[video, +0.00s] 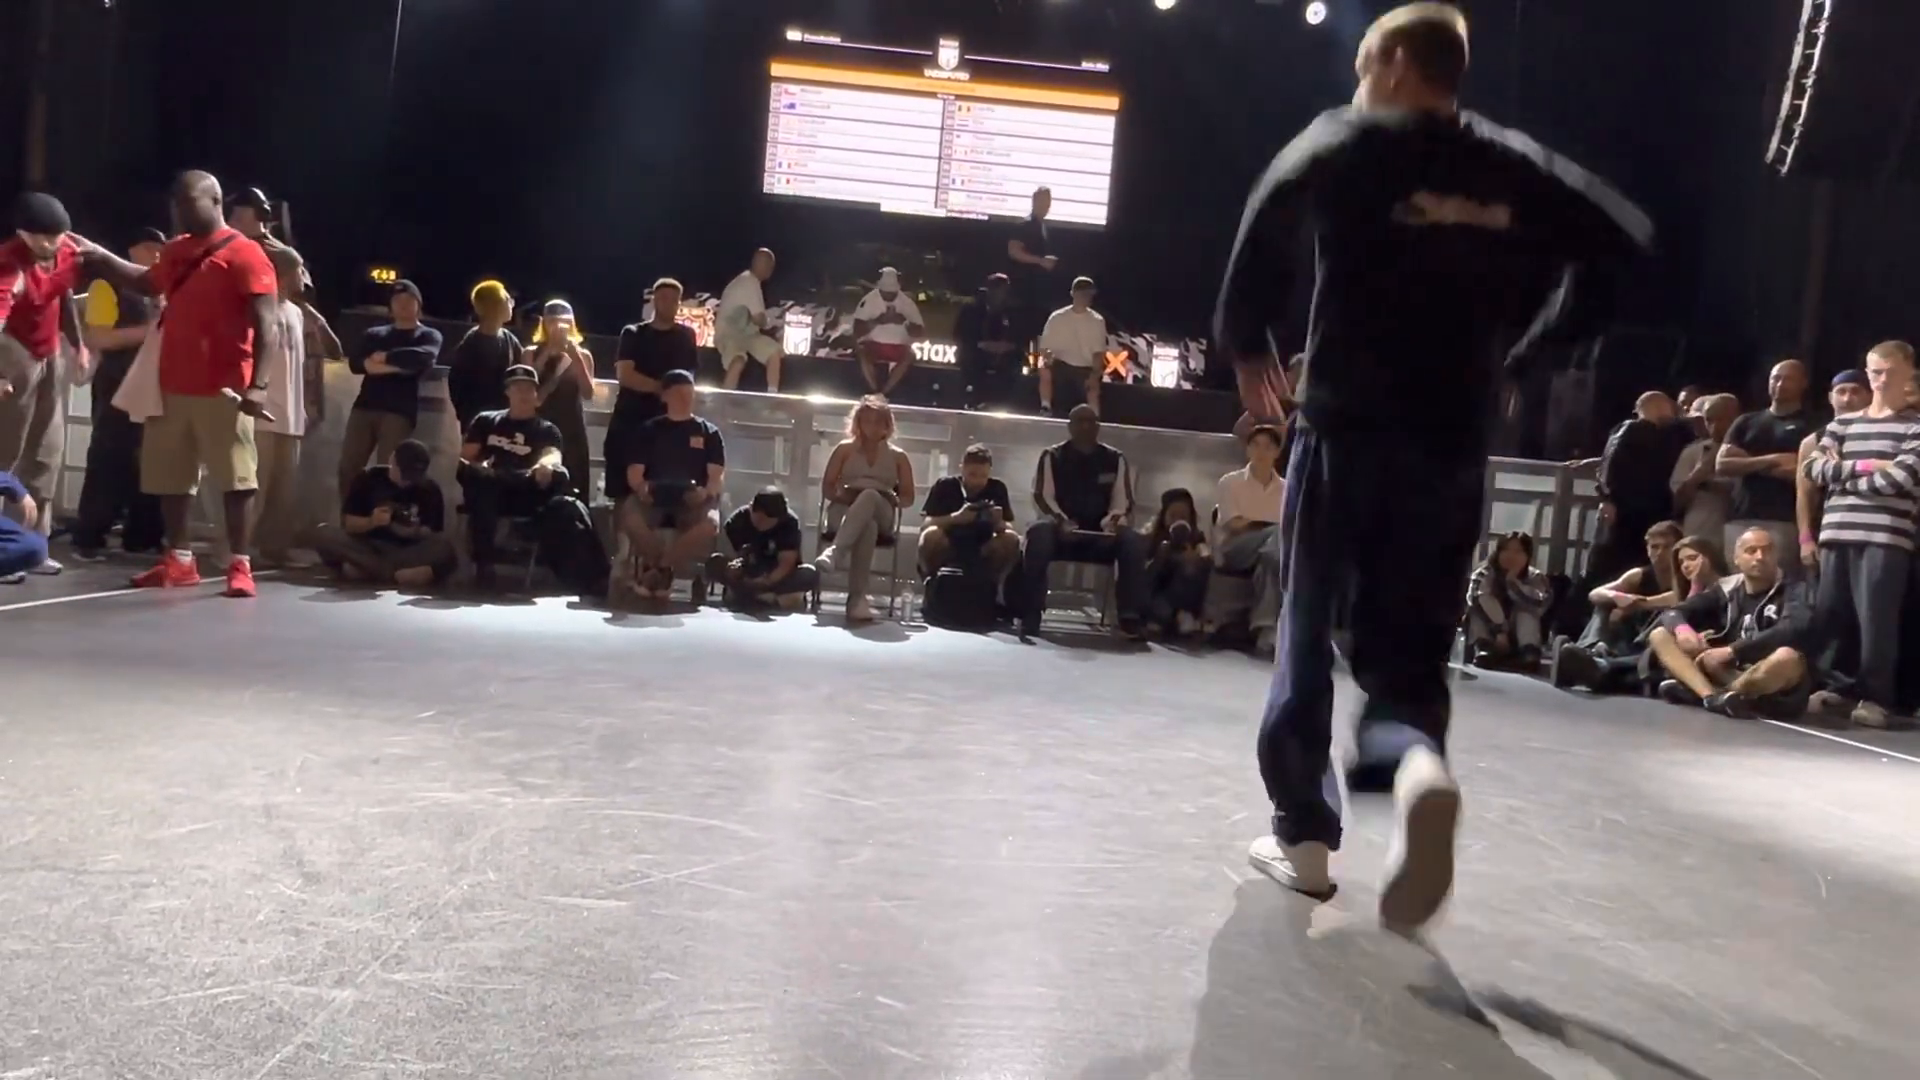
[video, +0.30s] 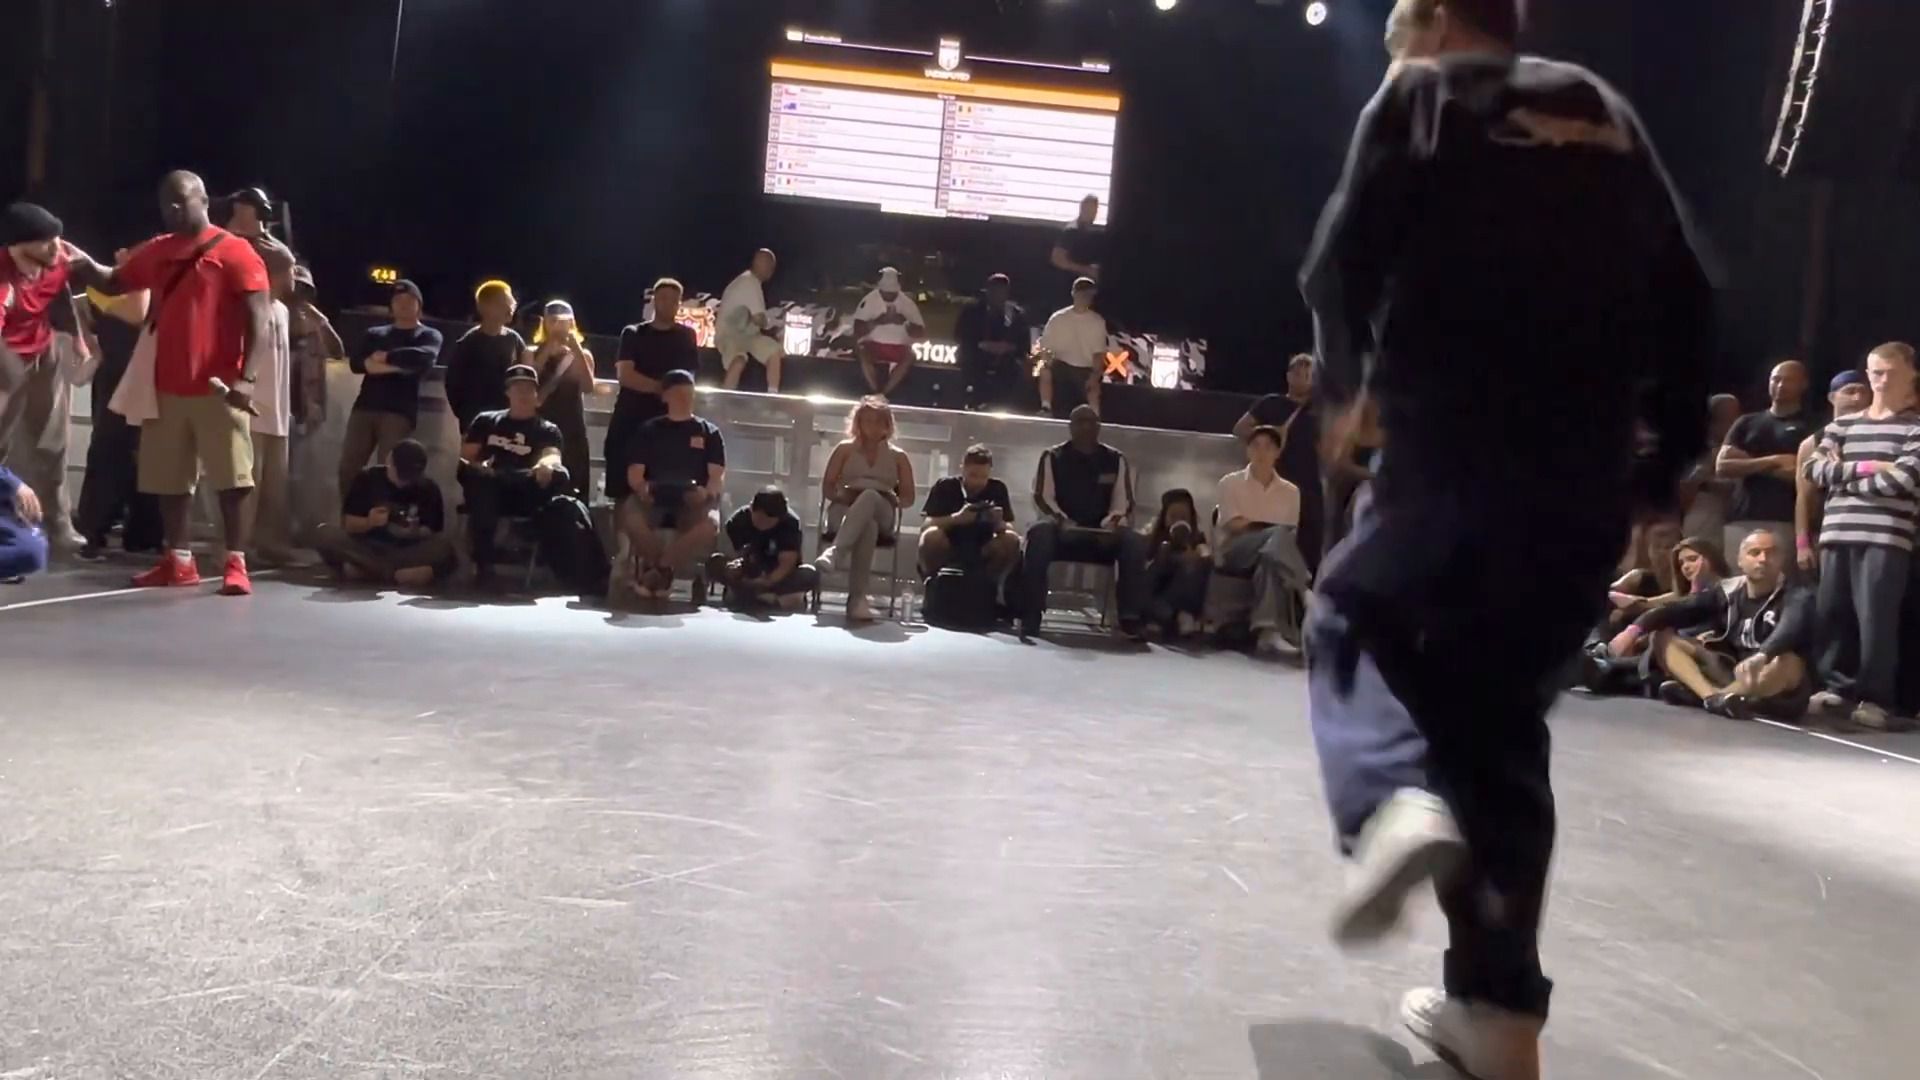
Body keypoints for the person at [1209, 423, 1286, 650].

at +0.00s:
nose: (1261, 451)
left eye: (1267, 446)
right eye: (1256, 445)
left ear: (1277, 452)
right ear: (1248, 449)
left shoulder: (1286, 488)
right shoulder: (1230, 482)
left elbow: (1290, 528)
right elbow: (1235, 525)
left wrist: (1251, 524)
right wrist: (1278, 528)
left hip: (1273, 551)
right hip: (1235, 549)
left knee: (1270, 558)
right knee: (1278, 532)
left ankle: (1268, 632)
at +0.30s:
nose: (1261, 452)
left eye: (1267, 447)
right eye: (1255, 446)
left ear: (1277, 453)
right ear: (1248, 450)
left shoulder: (1291, 492)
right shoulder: (1230, 483)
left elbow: (1289, 532)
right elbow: (1235, 526)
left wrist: (1249, 524)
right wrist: (1279, 529)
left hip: (1277, 553)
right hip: (1236, 550)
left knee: (1269, 559)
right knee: (1280, 535)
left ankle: (1268, 631)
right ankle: (1306, 590)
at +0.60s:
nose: (1262, 453)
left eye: (1269, 448)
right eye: (1257, 447)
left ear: (1278, 454)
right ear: (1249, 451)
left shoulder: (1290, 492)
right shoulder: (1231, 483)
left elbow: (1288, 534)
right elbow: (1234, 526)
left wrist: (1248, 525)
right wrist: (1278, 531)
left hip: (1276, 555)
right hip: (1236, 553)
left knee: (1270, 561)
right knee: (1278, 535)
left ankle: (1270, 633)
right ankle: (1306, 594)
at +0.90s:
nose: (1264, 454)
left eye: (1271, 449)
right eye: (1259, 448)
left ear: (1279, 455)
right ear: (1250, 452)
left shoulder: (1291, 492)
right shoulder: (1231, 483)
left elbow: (1289, 534)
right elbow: (1235, 527)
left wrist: (1249, 525)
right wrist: (1278, 531)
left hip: (1277, 556)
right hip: (1237, 553)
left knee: (1270, 562)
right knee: (1279, 535)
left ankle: (1270, 633)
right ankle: (1308, 595)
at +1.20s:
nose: (1264, 457)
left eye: (1270, 451)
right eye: (1259, 451)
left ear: (1278, 457)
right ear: (1250, 454)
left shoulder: (1291, 495)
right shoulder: (1232, 486)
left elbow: (1288, 537)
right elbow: (1235, 528)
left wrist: (1249, 528)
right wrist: (1278, 533)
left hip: (1276, 558)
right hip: (1236, 555)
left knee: (1270, 564)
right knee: (1279, 538)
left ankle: (1270, 636)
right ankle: (1308, 598)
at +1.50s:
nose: (1259, 457)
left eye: (1266, 452)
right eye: (1254, 451)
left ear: (1274, 457)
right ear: (1246, 455)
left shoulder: (1287, 496)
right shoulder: (1228, 487)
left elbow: (1284, 538)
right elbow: (1231, 529)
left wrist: (1245, 528)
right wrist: (1274, 534)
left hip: (1273, 559)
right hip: (1233, 556)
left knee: (1266, 564)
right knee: (1275, 539)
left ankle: (1266, 636)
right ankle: (1304, 598)